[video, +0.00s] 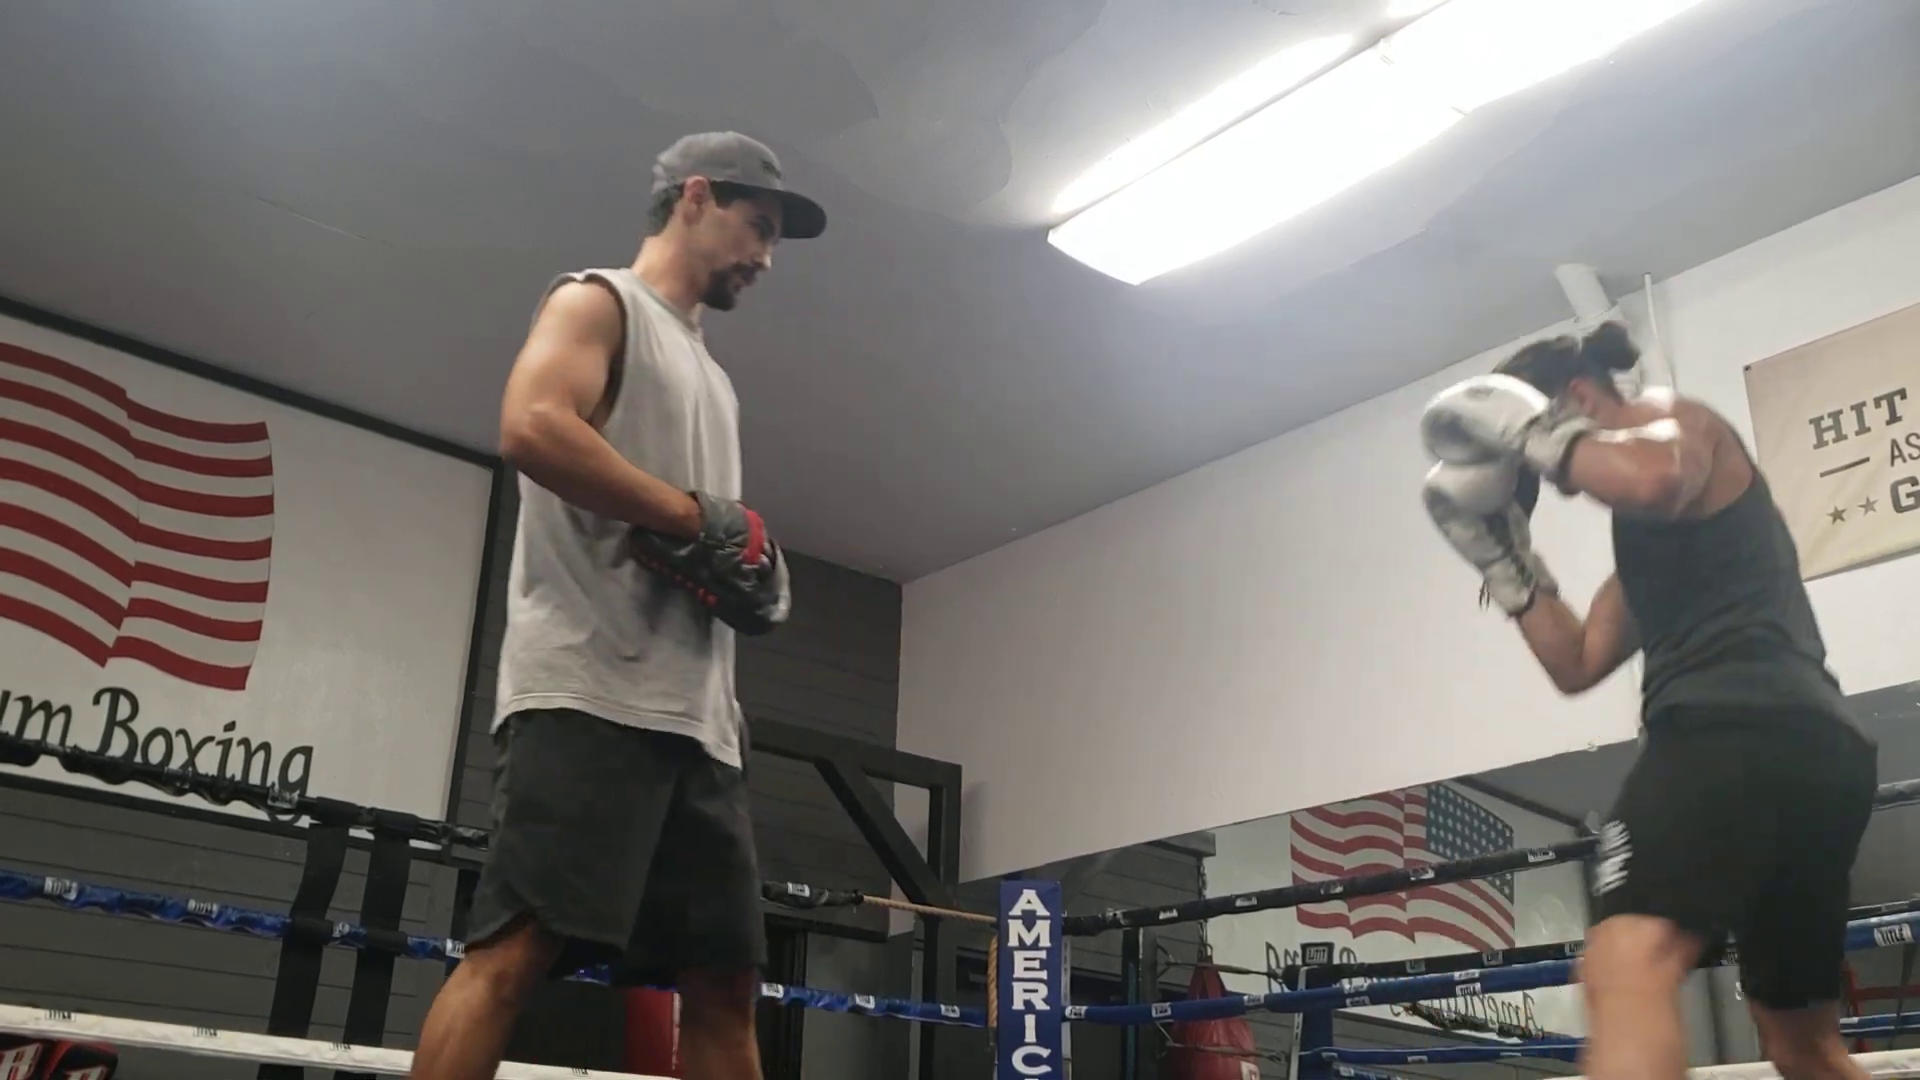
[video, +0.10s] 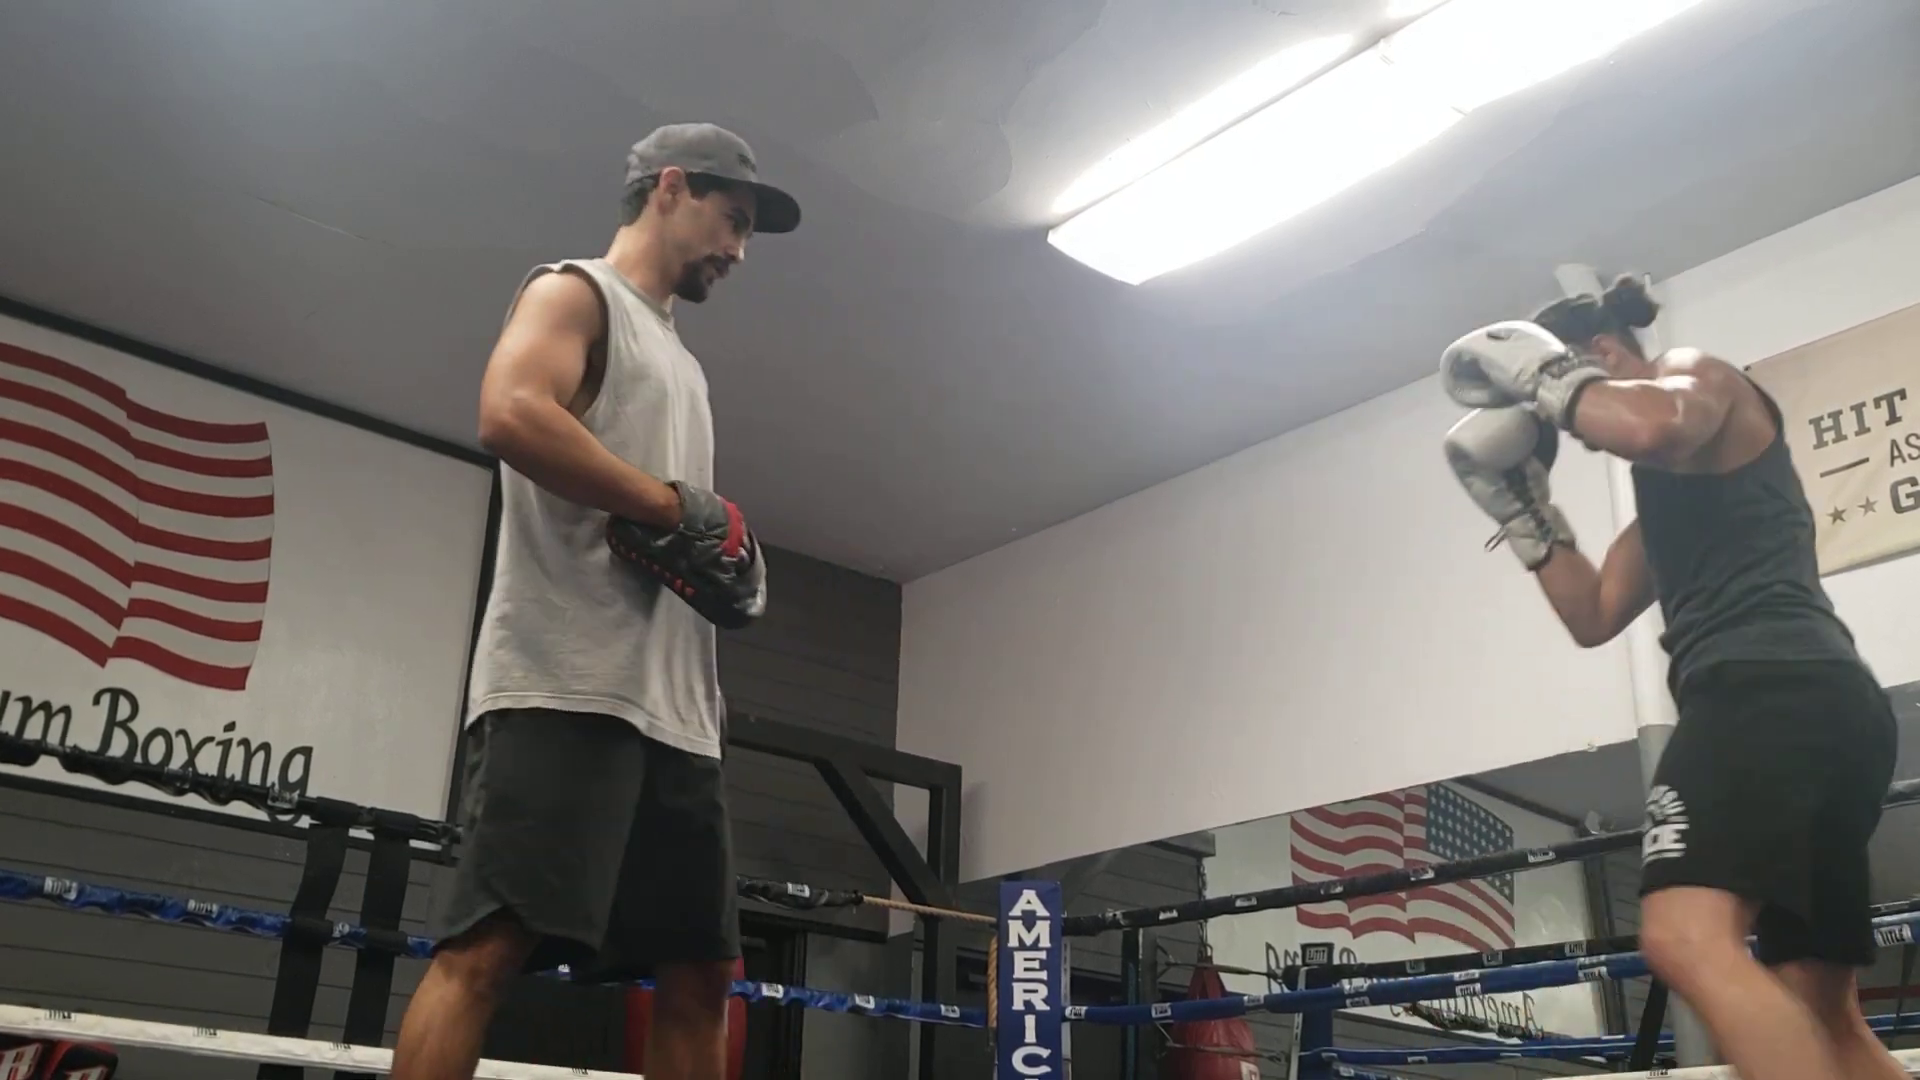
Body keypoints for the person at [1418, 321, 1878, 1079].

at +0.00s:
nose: (1557, 435)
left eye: (1551, 417)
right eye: (1545, 426)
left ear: (1582, 390)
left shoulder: (1676, 416)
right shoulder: (1647, 530)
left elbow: (1658, 482)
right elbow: (1574, 665)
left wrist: (1533, 435)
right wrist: (1503, 558)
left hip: (1729, 726)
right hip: (1820, 739)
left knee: (1625, 964)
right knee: (1804, 1038)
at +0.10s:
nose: (1577, 390)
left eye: (1574, 371)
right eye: (1568, 383)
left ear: (1605, 347)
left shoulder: (1697, 372)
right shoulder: (1674, 490)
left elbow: (1655, 432)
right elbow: (1591, 615)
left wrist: (1546, 379)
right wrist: (1519, 508)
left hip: (1762, 687)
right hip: (1829, 700)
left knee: (1685, 934)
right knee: (1819, 1004)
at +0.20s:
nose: (1607, 391)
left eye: (1603, 369)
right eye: (1595, 385)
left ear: (1637, 345)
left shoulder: (1720, 377)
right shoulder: (1703, 486)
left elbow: (1660, 439)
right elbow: (1634, 629)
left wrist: (1564, 381)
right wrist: (1557, 522)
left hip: (1790, 692)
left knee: (1773, 972)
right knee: (1808, 984)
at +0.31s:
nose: (1625, 454)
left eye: (1623, 432)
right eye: (1613, 442)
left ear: (1663, 401)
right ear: (1657, 413)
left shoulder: (1748, 428)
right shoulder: (1717, 519)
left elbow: (1677, 506)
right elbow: (1685, 693)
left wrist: (1586, 449)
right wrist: (1609, 590)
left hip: (1824, 750)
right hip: (1772, 770)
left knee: (1872, 1025)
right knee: (1805, 1034)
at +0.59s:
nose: (1610, 527)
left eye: (1612, 506)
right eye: (1600, 512)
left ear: (1656, 477)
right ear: (1653, 479)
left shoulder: (1724, 512)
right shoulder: (1687, 577)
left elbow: (1685, 594)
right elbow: (1645, 725)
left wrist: (1595, 526)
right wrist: (1590, 625)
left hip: (1759, 795)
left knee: (1758, 1027)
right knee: (1754, 1052)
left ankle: (1895, 1069)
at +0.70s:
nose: (1589, 518)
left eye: (1589, 496)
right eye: (1578, 505)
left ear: (1633, 474)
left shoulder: (1706, 508)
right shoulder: (1658, 596)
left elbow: (1663, 586)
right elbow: (1583, 703)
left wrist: (1578, 516)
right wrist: (1539, 604)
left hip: (1730, 787)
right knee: (1759, 1040)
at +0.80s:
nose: (1561, 523)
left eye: (1562, 501)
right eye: (1549, 510)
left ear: (1603, 478)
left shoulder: (1679, 514)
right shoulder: (1618, 601)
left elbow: (1645, 591)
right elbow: (1540, 701)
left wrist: (1555, 518)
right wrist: (1492, 601)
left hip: (1696, 791)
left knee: (1599, 1002)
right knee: (1753, 1039)